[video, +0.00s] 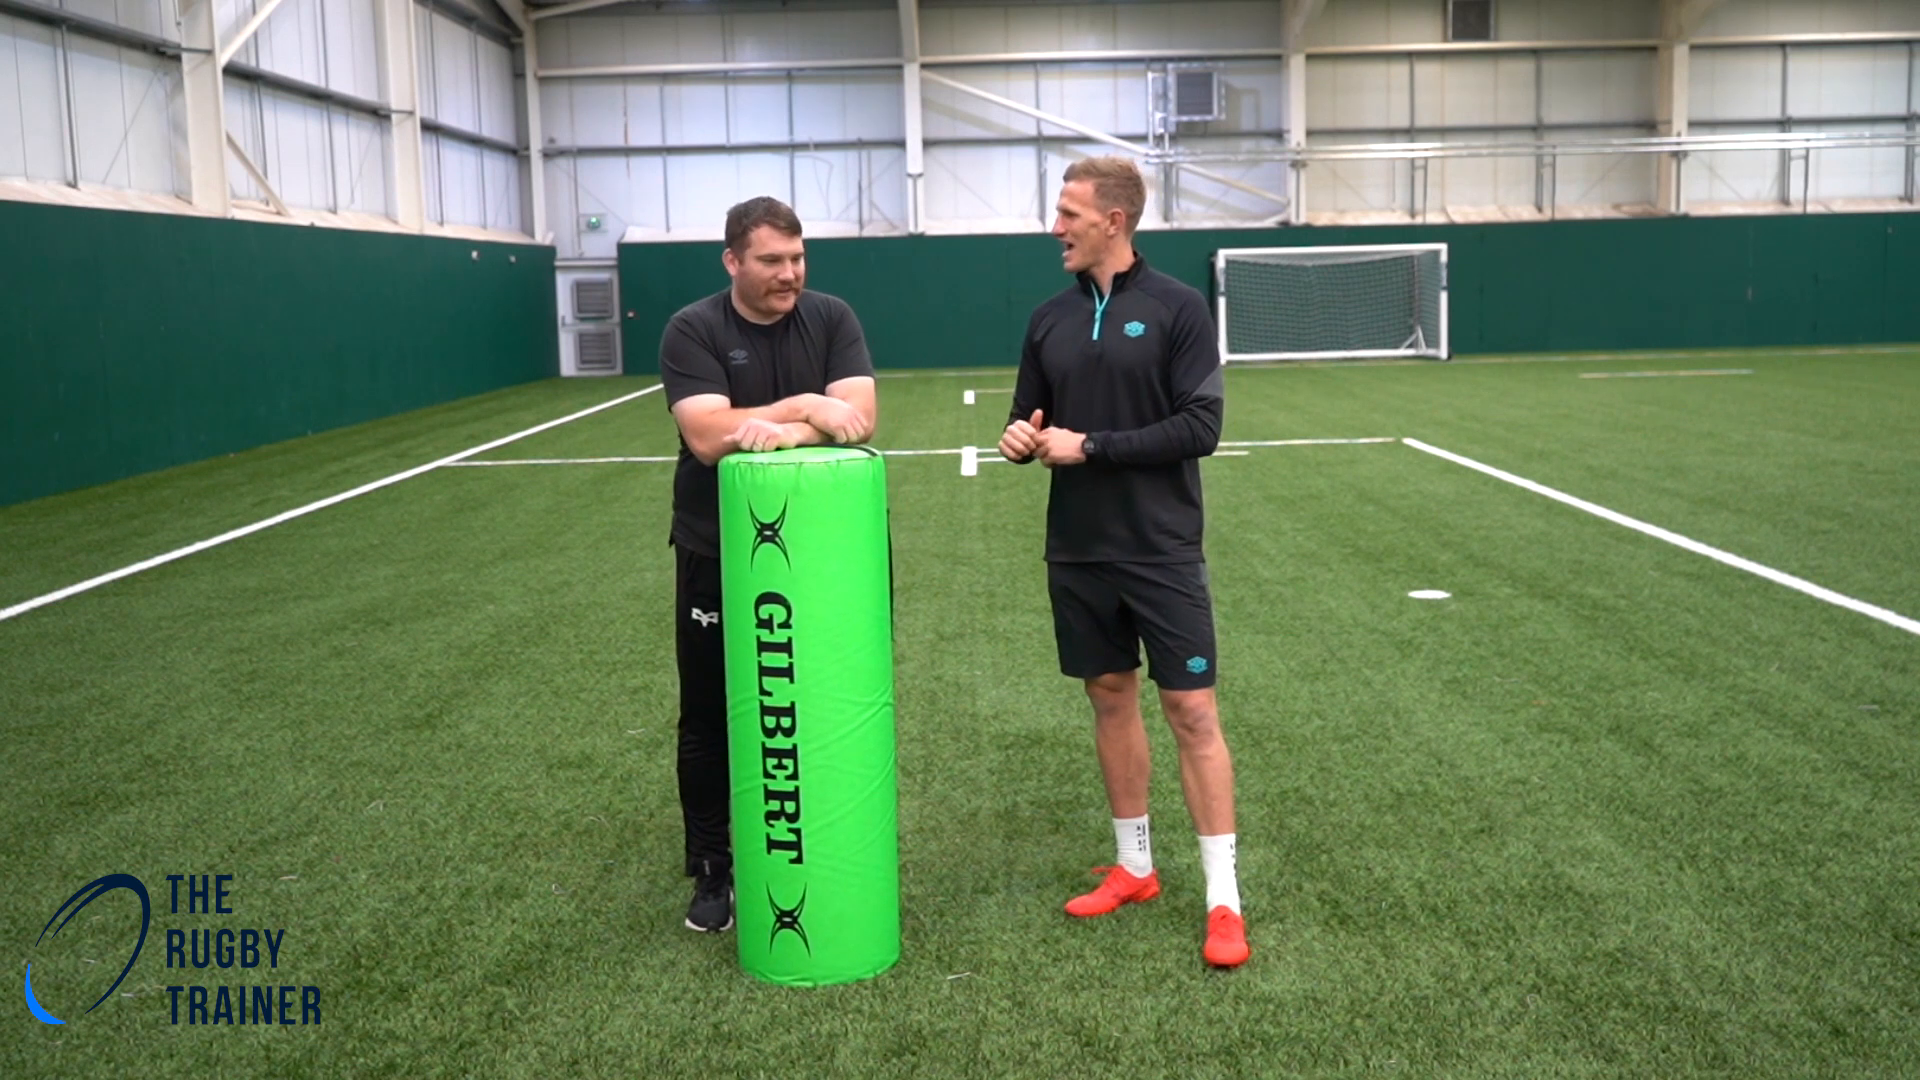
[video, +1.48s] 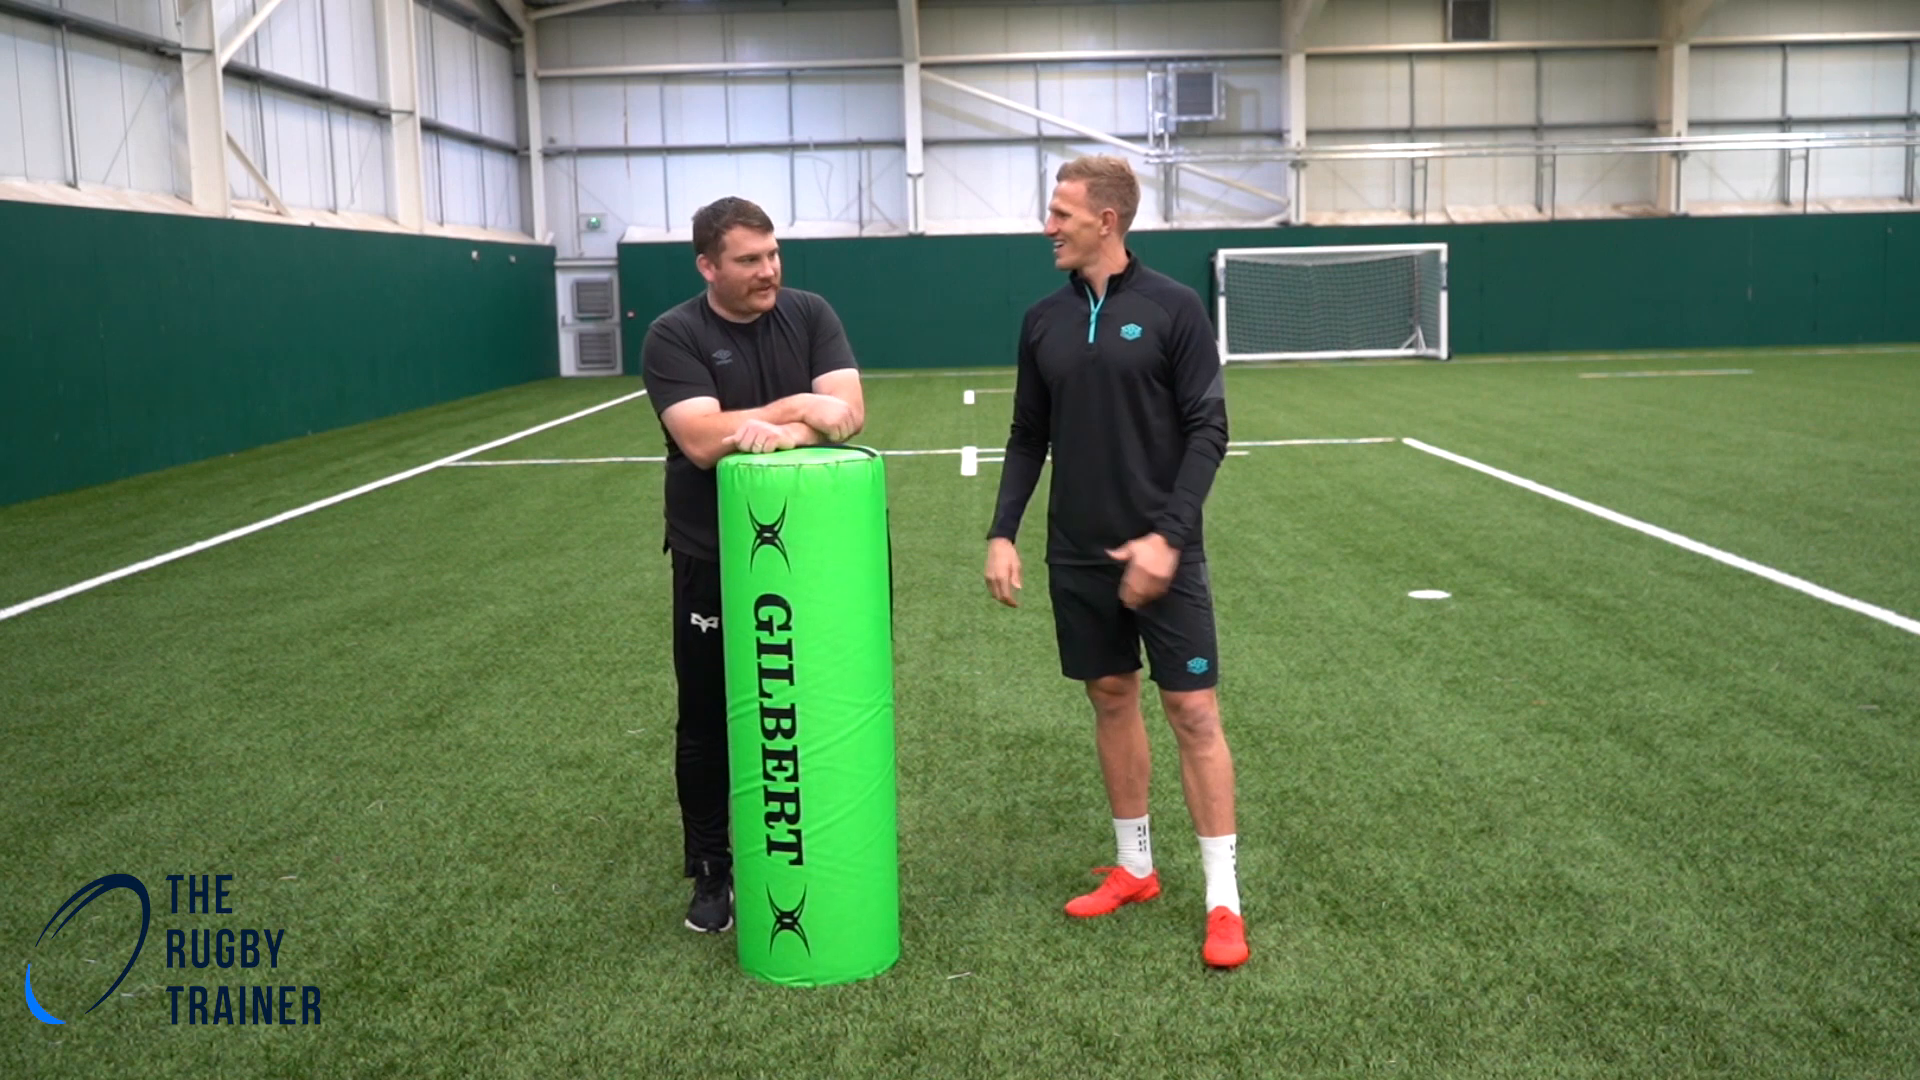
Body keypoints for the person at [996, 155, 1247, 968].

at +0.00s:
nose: (1056, 228)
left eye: (1069, 215)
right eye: (1057, 214)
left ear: (1117, 222)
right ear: (1085, 221)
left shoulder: (1180, 308)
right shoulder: (1049, 318)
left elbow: (1201, 427)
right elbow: (1026, 427)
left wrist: (1089, 444)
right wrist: (1021, 437)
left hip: (1163, 551)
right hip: (1079, 551)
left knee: (1193, 709)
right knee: (1109, 698)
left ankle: (1223, 897)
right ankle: (1134, 868)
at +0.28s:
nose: (1053, 228)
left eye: (1067, 216)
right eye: (1054, 215)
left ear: (1115, 224)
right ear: (1079, 223)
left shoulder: (1177, 308)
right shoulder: (1047, 317)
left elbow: (1201, 429)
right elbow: (1029, 438)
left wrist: (1098, 459)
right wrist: (1012, 405)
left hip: (1159, 550)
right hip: (1075, 550)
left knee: (1190, 709)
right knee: (1107, 697)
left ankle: (1223, 898)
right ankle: (1134, 869)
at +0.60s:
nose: (1054, 227)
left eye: (1068, 216)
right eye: (1055, 214)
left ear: (1115, 225)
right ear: (1078, 221)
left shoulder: (1177, 310)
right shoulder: (1046, 317)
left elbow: (1200, 429)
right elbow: (1018, 418)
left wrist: (1090, 444)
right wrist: (1019, 434)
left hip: (1158, 549)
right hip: (1074, 550)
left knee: (1189, 710)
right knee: (1106, 697)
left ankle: (1223, 897)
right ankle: (1134, 868)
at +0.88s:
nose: (1048, 227)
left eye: (1061, 216)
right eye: (1049, 214)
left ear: (1109, 225)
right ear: (1074, 223)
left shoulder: (1174, 309)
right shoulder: (1042, 317)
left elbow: (1209, 427)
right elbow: (1023, 423)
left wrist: (1102, 449)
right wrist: (1026, 442)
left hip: (1162, 549)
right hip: (1078, 551)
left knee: (1191, 708)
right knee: (1108, 697)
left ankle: (1222, 895)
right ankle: (1134, 868)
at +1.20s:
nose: (1048, 227)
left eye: (1061, 216)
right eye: (1049, 214)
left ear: (1110, 223)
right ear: (1075, 221)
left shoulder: (1174, 307)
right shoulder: (1043, 318)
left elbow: (1210, 426)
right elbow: (1029, 426)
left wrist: (1103, 451)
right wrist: (1026, 452)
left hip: (1163, 549)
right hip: (1080, 550)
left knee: (1193, 710)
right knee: (1110, 698)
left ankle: (1223, 896)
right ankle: (1134, 868)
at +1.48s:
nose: (1047, 227)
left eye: (1061, 215)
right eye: (1049, 213)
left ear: (1109, 223)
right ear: (1079, 221)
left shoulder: (1175, 308)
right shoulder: (1044, 320)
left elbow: (1209, 431)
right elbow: (1029, 435)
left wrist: (1169, 534)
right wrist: (1003, 531)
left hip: (1165, 551)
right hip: (1080, 552)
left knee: (1194, 711)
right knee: (1110, 699)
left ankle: (1223, 898)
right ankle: (1133, 869)